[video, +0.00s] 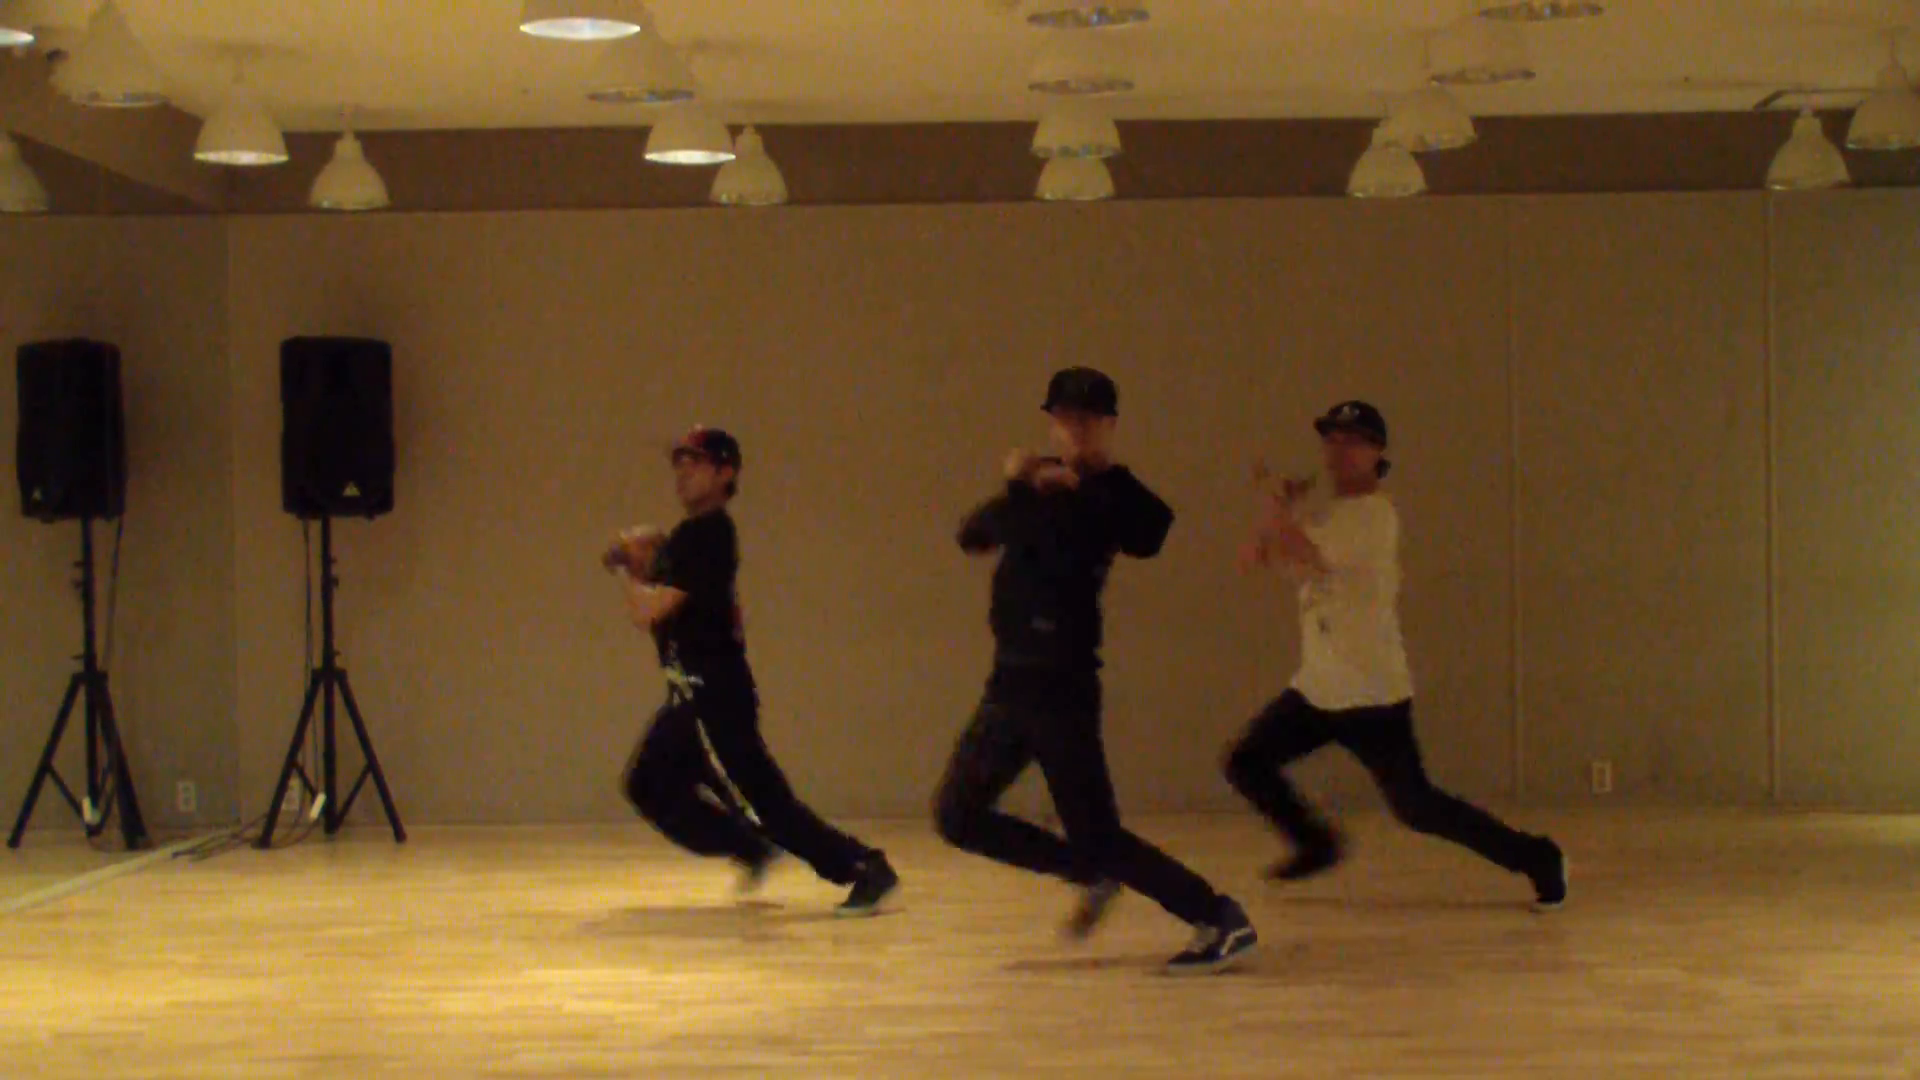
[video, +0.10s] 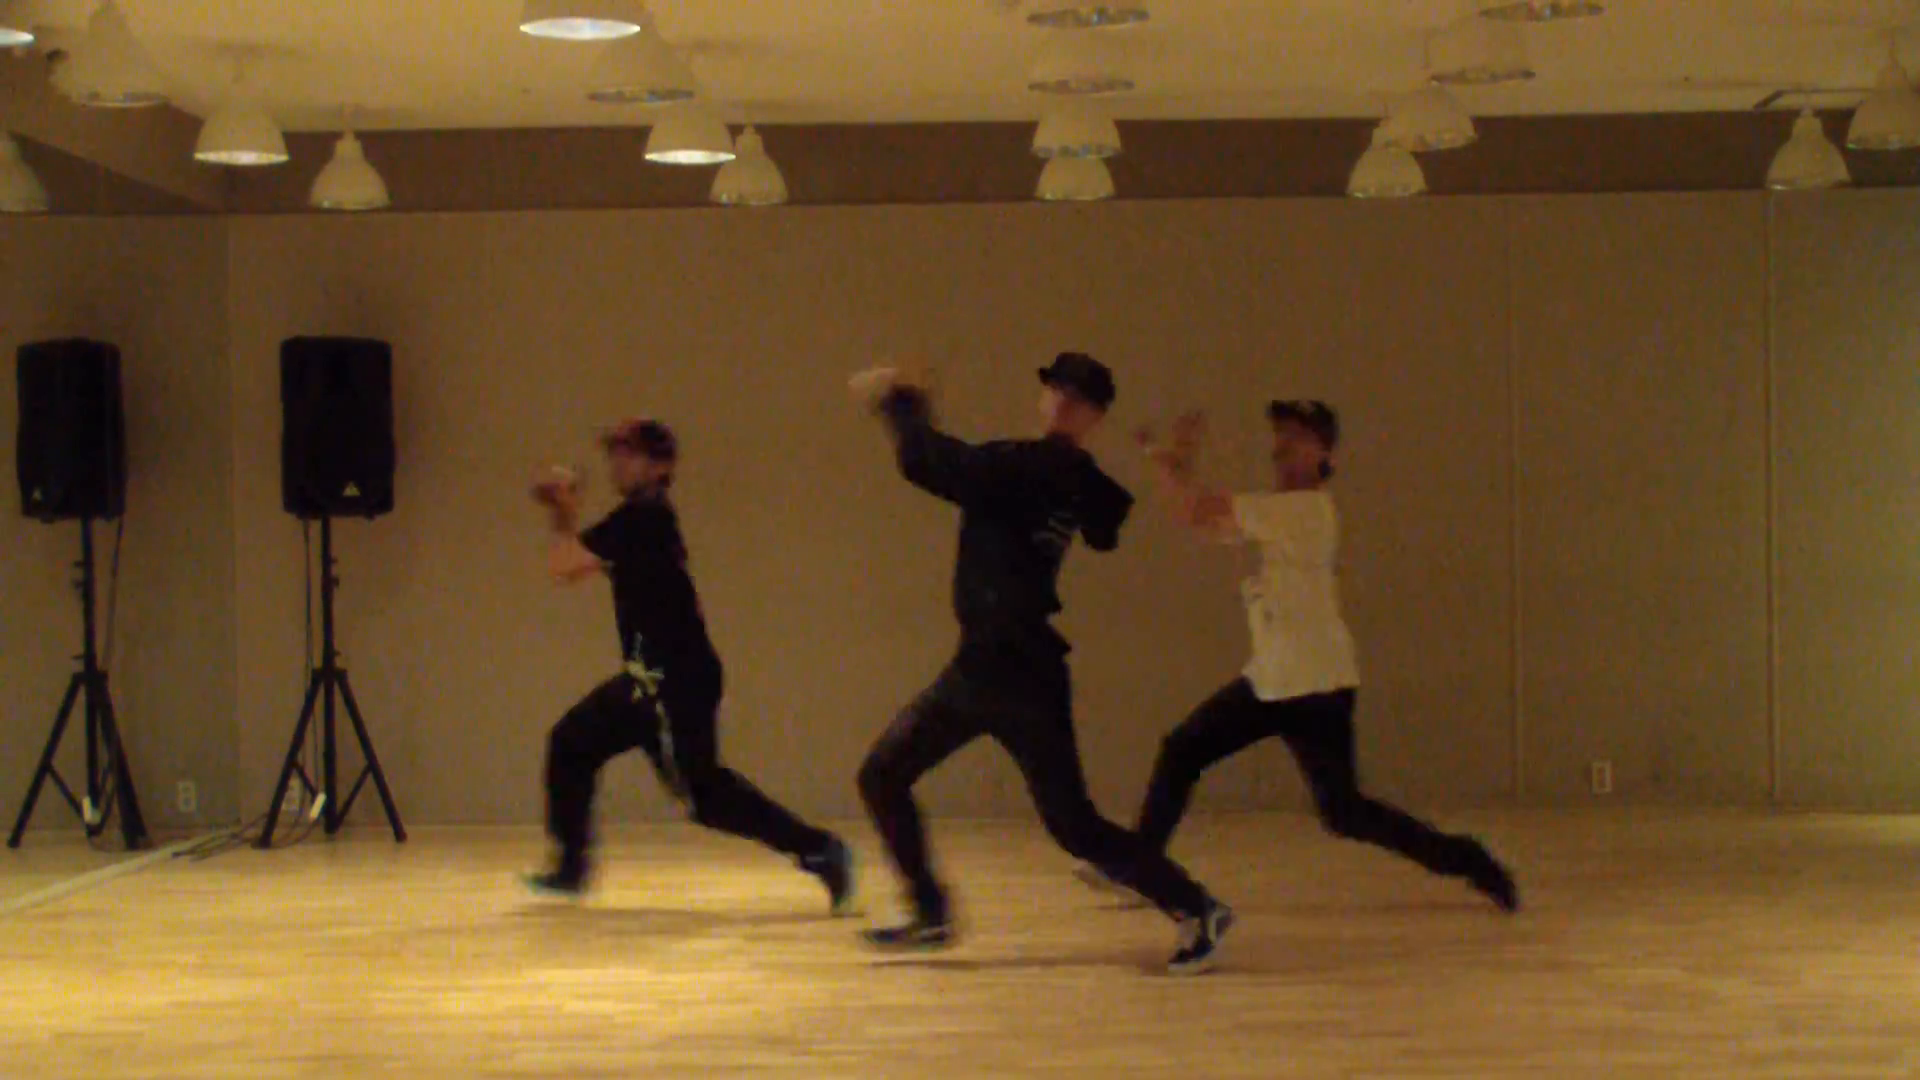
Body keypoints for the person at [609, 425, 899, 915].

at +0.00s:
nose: (682, 473)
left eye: (694, 463)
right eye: (681, 463)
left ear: (725, 474)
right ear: (683, 471)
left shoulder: (707, 535)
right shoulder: (692, 530)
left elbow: (654, 608)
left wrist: (633, 570)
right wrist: (639, 559)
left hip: (714, 690)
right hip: (692, 688)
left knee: (758, 798)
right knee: (650, 784)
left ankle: (862, 867)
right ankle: (746, 845)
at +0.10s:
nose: (616, 465)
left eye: (627, 456)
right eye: (616, 455)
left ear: (656, 465)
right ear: (641, 467)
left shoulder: (644, 517)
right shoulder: (639, 514)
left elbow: (565, 565)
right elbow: (573, 565)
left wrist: (561, 510)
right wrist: (562, 512)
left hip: (678, 679)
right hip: (650, 675)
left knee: (702, 793)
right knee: (572, 744)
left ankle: (822, 851)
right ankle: (570, 868)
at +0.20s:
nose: (541, 500)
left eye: (549, 488)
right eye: (538, 490)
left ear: (582, 486)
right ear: (580, 490)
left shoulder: (591, 528)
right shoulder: (593, 530)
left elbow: (513, 558)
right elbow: (524, 561)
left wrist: (457, 524)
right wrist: (466, 527)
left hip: (634, 678)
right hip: (612, 672)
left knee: (599, 794)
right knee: (526, 759)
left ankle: (705, 863)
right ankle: (481, 876)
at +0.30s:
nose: (504, 524)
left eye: (511, 511)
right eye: (501, 514)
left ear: (543, 506)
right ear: (537, 509)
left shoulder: (554, 547)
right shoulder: (548, 547)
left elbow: (466, 586)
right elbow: (473, 584)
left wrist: (398, 570)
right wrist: (419, 563)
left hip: (584, 695)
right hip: (558, 687)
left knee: (509, 788)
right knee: (463, 758)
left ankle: (608, 857)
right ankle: (472, 879)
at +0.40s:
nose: (475, 530)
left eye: (484, 518)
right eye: (472, 520)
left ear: (516, 517)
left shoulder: (526, 561)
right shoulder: (515, 558)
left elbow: (439, 611)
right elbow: (442, 603)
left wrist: (362, 614)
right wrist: (374, 594)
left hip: (550, 707)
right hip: (526, 697)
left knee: (455, 774)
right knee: (435, 762)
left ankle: (551, 851)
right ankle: (470, 879)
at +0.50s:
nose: (452, 531)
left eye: (460, 519)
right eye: (449, 520)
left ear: (492, 517)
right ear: (486, 520)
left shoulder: (499, 560)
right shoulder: (497, 557)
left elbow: (426, 625)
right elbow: (424, 617)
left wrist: (352, 655)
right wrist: (353, 630)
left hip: (532, 701)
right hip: (520, 695)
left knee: (429, 764)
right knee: (430, 763)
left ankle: (512, 846)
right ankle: (471, 878)